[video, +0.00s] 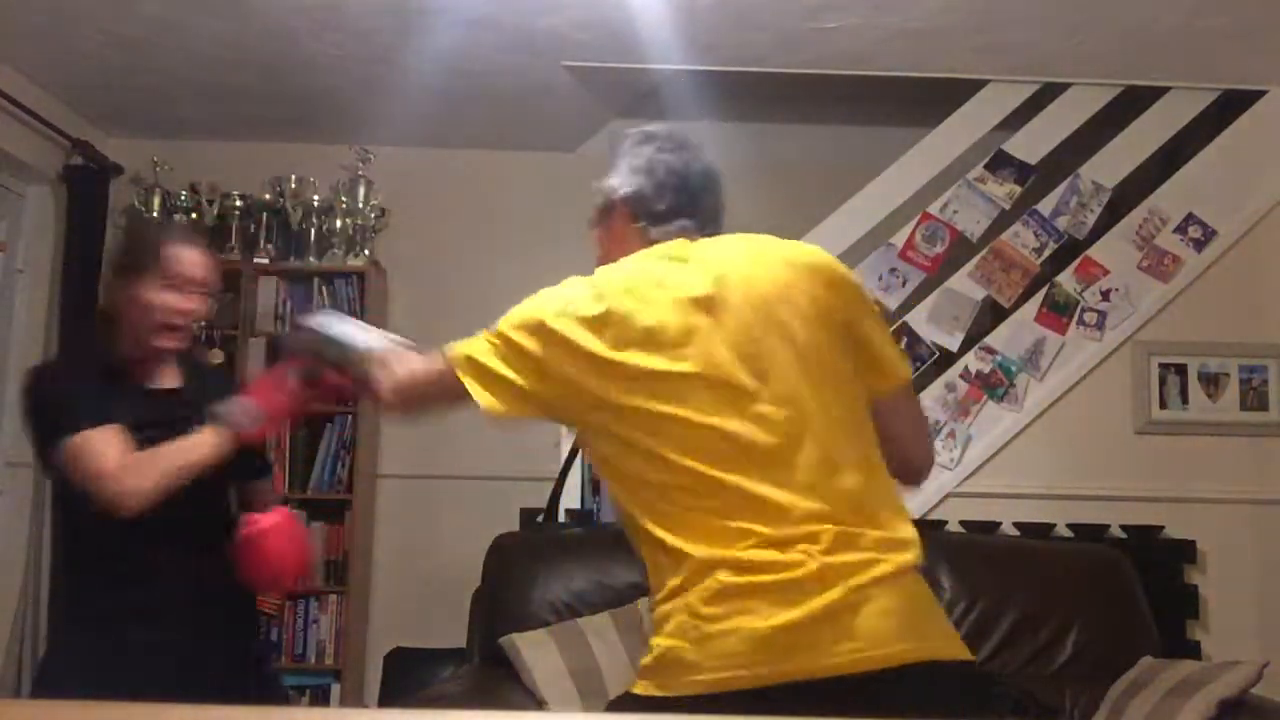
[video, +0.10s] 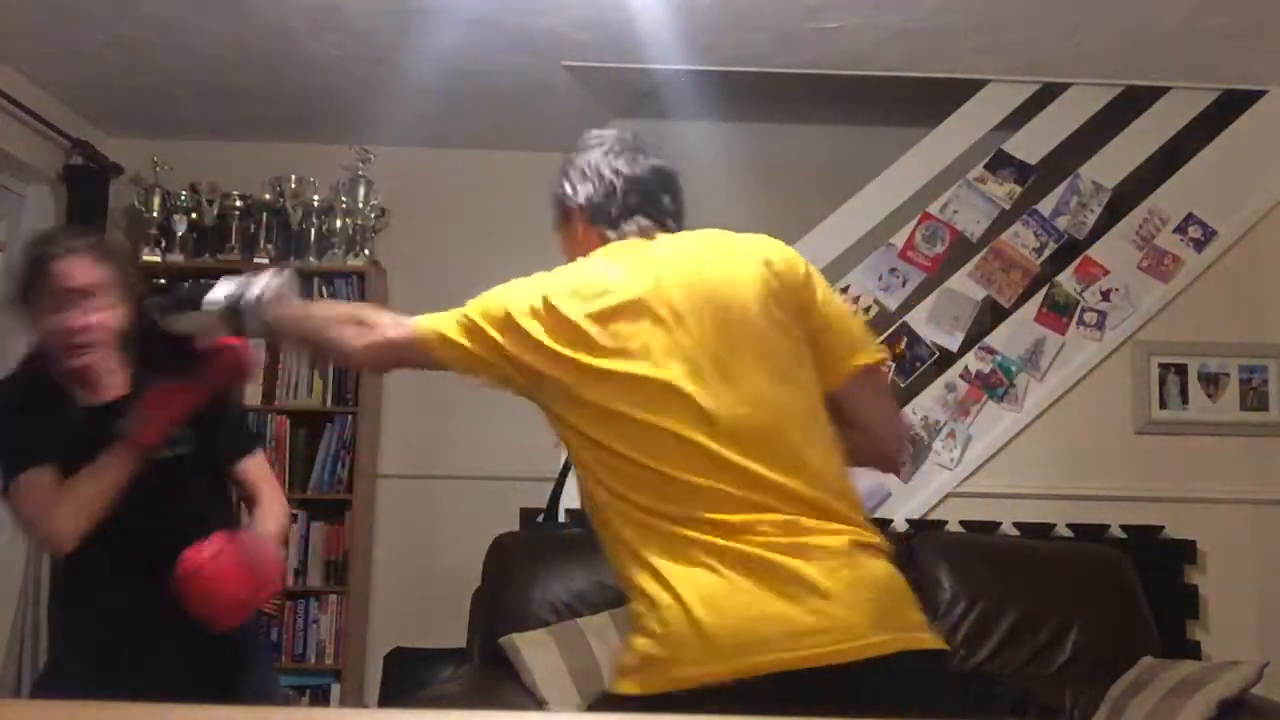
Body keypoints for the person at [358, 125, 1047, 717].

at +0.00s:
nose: (594, 250)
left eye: (597, 230)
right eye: (595, 231)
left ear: (620, 222)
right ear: (705, 214)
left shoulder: (581, 312)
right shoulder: (818, 271)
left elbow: (402, 383)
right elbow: (911, 454)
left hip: (718, 670)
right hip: (907, 656)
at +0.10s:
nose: (557, 242)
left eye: (558, 227)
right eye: (560, 229)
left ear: (578, 218)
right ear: (672, 209)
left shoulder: (554, 305)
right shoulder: (776, 267)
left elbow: (371, 341)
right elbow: (890, 443)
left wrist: (269, 301)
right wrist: (775, 411)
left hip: (702, 663)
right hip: (876, 643)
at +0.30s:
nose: (507, 230)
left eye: (507, 213)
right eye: (507, 216)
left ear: (529, 200)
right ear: (624, 195)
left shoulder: (503, 295)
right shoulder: (727, 254)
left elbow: (303, 371)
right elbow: (819, 435)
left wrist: (138, 337)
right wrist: (712, 455)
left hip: (662, 656)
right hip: (837, 634)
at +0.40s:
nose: (485, 246)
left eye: (484, 231)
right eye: (487, 234)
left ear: (508, 218)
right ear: (608, 211)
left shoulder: (484, 309)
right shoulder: (713, 268)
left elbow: (294, 378)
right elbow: (801, 448)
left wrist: (151, 361)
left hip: (659, 667)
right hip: (829, 640)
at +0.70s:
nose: (575, 240)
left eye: (576, 220)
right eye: (575, 222)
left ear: (610, 208)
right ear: (690, 212)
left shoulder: (575, 302)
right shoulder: (801, 300)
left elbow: (367, 331)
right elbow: (823, 454)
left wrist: (234, 303)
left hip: (700, 688)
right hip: (863, 674)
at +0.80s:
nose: (644, 219)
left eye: (650, 199)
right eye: (645, 201)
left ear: (695, 187)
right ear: (756, 191)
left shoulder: (646, 288)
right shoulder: (868, 285)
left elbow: (438, 355)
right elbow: (894, 448)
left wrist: (320, 318)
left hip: (749, 679)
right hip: (915, 670)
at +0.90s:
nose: (710, 199)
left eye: (716, 176)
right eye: (709, 178)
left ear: (758, 163)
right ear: (830, 167)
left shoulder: (731, 251)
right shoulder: (933, 252)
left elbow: (603, 382)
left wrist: (503, 340)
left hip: (836, 658)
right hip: (1008, 649)